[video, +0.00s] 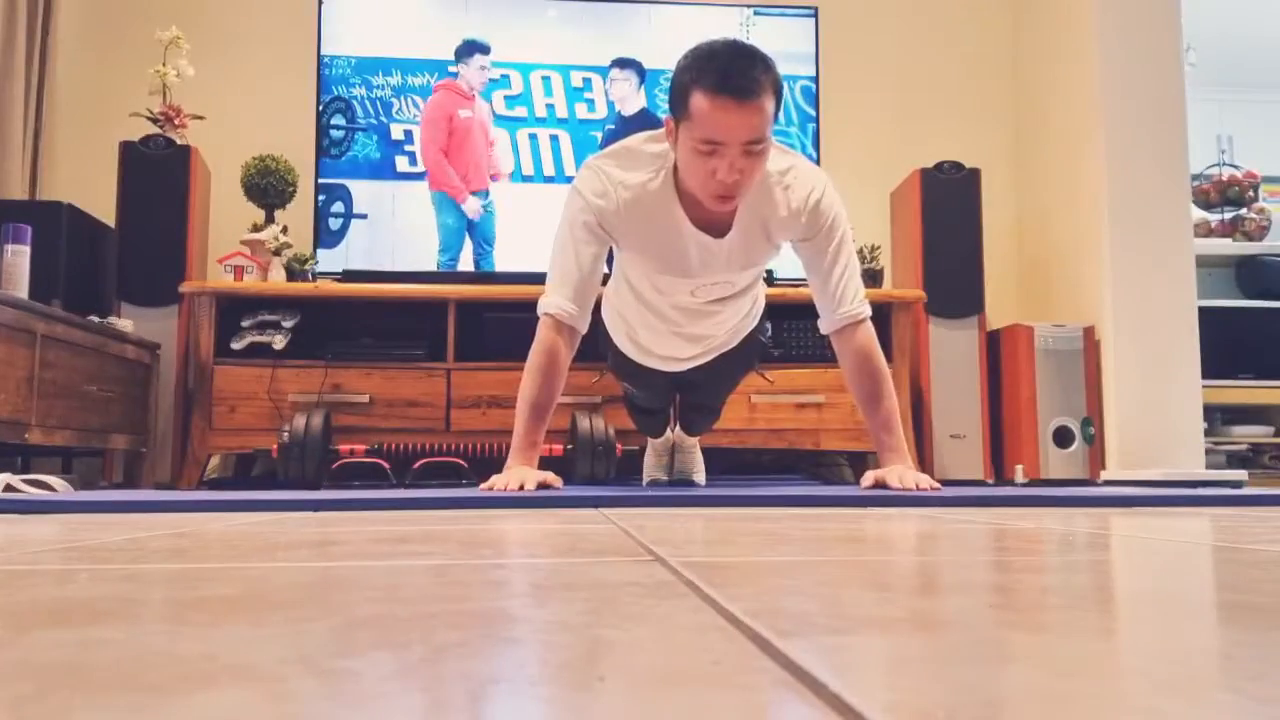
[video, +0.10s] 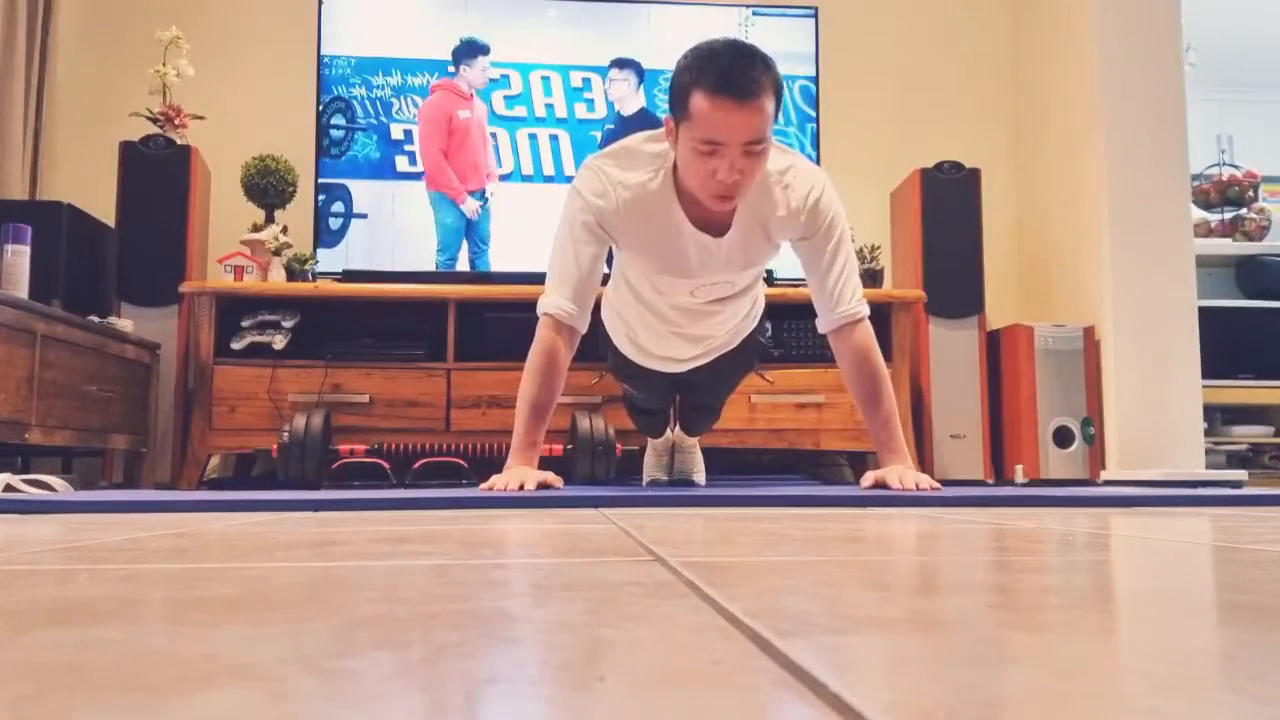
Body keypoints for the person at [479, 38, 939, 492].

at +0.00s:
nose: (731, 173)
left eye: (751, 150)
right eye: (710, 149)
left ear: (771, 135)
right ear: (671, 131)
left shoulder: (801, 194)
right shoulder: (606, 187)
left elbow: (850, 328)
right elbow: (557, 327)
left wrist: (895, 459)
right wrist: (520, 460)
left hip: (731, 334)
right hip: (638, 333)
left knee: (702, 410)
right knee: (649, 408)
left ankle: (687, 443)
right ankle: (657, 446)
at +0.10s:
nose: (731, 173)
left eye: (752, 150)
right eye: (710, 150)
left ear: (771, 135)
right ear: (671, 130)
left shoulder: (800, 194)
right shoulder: (606, 187)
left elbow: (848, 328)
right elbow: (557, 327)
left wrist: (895, 459)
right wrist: (521, 460)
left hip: (730, 335)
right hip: (637, 335)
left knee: (702, 410)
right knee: (649, 409)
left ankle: (687, 443)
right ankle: (657, 446)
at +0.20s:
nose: (730, 173)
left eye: (751, 151)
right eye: (709, 150)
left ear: (770, 135)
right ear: (671, 130)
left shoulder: (800, 193)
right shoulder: (605, 187)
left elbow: (847, 326)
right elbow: (556, 327)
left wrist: (895, 459)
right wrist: (520, 460)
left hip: (731, 334)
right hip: (638, 334)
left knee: (703, 409)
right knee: (650, 409)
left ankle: (686, 441)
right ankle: (656, 444)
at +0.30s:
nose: (731, 174)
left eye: (751, 152)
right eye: (709, 151)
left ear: (771, 135)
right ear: (671, 130)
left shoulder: (799, 192)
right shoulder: (605, 187)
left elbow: (847, 326)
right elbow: (557, 327)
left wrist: (894, 459)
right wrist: (520, 460)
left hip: (730, 336)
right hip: (638, 337)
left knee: (703, 410)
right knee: (650, 410)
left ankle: (687, 442)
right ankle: (656, 445)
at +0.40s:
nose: (731, 174)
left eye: (752, 152)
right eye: (710, 151)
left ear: (771, 135)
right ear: (671, 130)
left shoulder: (799, 192)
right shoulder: (606, 186)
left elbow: (847, 326)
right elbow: (556, 327)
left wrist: (894, 459)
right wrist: (520, 460)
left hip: (731, 336)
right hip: (638, 336)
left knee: (703, 410)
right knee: (650, 410)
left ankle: (687, 443)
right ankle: (656, 446)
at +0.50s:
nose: (730, 187)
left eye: (750, 167)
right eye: (710, 167)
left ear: (771, 150)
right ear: (671, 146)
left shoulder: (802, 199)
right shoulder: (607, 191)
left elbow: (871, 334)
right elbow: (539, 327)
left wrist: (898, 457)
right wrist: (518, 460)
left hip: (733, 342)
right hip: (637, 342)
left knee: (703, 413)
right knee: (651, 413)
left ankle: (685, 442)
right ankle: (657, 446)